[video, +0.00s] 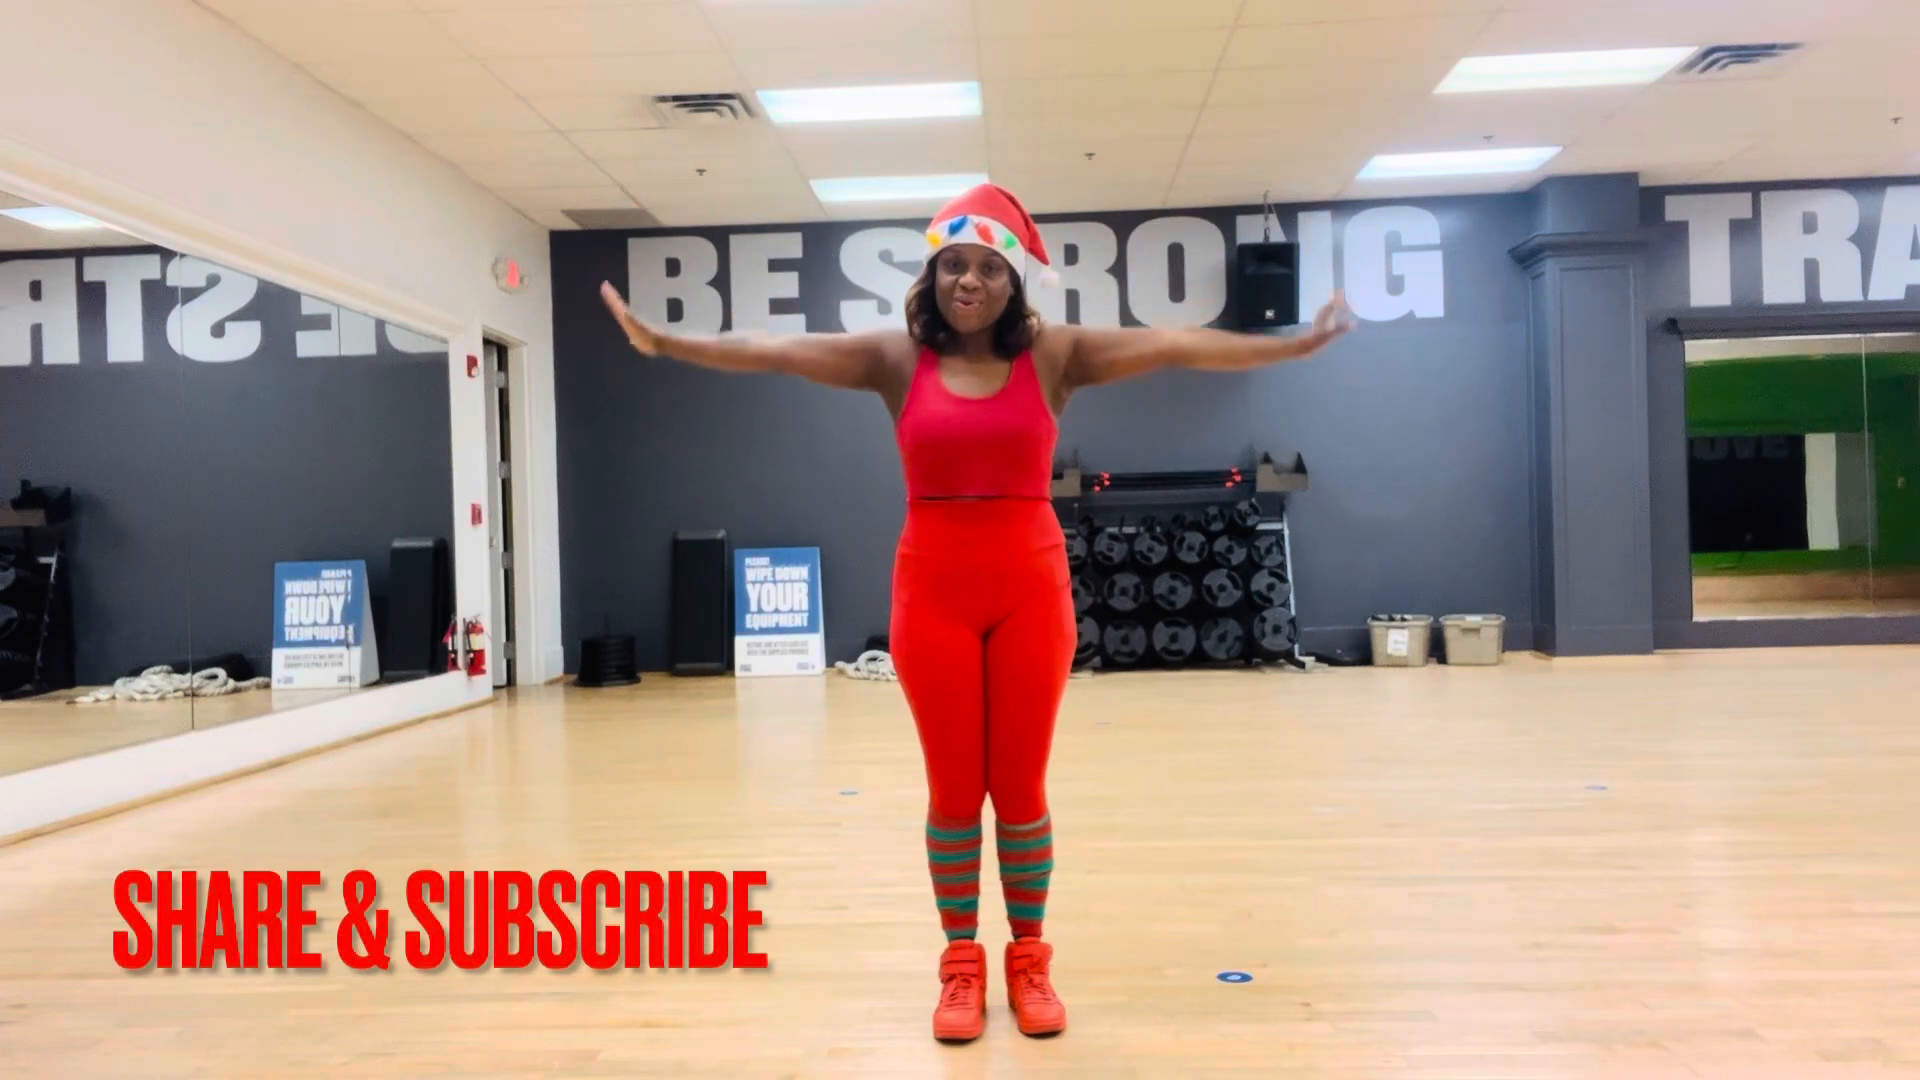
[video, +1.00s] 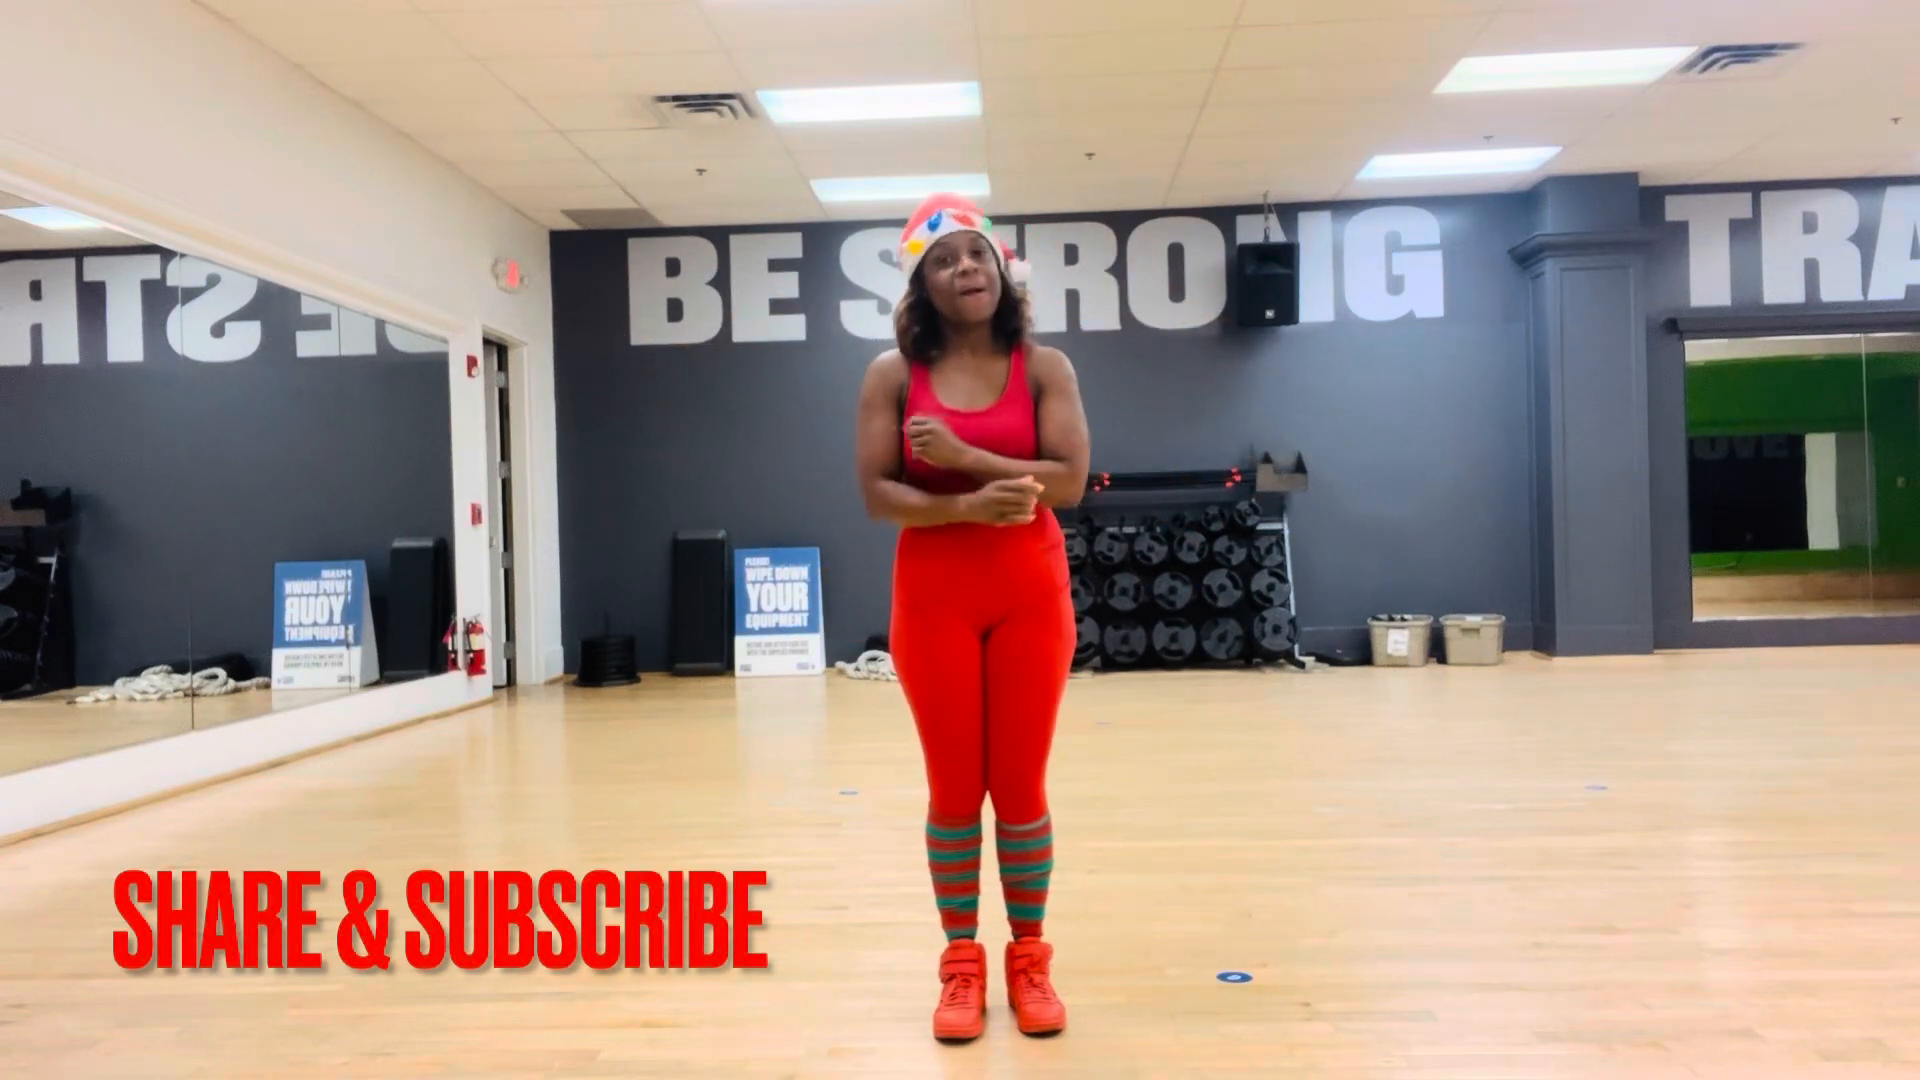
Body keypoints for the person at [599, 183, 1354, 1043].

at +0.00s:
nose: (966, 285)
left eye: (984, 270)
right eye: (952, 268)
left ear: (1014, 278)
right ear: (931, 276)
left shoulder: (1054, 351)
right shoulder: (898, 355)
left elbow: (1176, 345)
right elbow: (774, 353)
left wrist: (1291, 345)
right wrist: (658, 342)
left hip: (1031, 591)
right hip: (933, 593)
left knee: (1019, 786)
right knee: (955, 785)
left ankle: (1030, 961)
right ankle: (962, 966)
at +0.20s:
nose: (968, 280)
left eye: (985, 268)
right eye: (954, 267)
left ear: (1013, 282)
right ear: (933, 280)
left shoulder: (1051, 361)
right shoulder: (896, 364)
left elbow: (1170, 396)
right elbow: (779, 408)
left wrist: (1276, 430)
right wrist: (678, 442)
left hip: (1031, 589)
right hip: (932, 593)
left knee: (1019, 785)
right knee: (954, 787)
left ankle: (1030, 959)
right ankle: (962, 965)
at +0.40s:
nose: (970, 282)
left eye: (989, 270)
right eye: (956, 266)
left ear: (1013, 286)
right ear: (933, 276)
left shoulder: (1050, 370)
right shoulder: (894, 372)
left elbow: (1149, 450)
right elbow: (799, 469)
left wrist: (1234, 528)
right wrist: (722, 541)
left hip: (1030, 589)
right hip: (931, 591)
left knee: (1018, 784)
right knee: (954, 788)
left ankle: (1031, 960)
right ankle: (963, 966)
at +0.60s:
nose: (969, 282)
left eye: (988, 270)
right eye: (955, 265)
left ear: (1012, 285)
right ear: (932, 277)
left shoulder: (1049, 375)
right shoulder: (894, 377)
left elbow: (1093, 483)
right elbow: (856, 498)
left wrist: (1143, 592)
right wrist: (818, 598)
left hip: (1031, 592)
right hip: (931, 593)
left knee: (1019, 785)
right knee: (955, 786)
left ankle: (1029, 964)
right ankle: (961, 965)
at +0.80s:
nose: (964, 284)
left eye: (983, 272)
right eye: (950, 268)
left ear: (1008, 288)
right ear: (929, 281)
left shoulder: (1045, 371)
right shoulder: (892, 374)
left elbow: (1064, 478)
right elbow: (884, 485)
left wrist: (988, 544)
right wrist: (928, 557)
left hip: (1033, 592)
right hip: (933, 594)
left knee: (1021, 782)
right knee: (955, 783)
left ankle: (1030, 966)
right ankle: (962, 968)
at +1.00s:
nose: (966, 270)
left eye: (977, 255)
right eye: (945, 262)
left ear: (1002, 268)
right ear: (922, 285)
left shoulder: (1045, 365)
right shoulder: (892, 375)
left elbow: (1071, 482)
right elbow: (876, 495)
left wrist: (966, 456)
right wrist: (969, 504)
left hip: (1032, 592)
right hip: (934, 596)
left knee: (1019, 782)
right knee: (955, 785)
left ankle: (1031, 966)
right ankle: (962, 969)